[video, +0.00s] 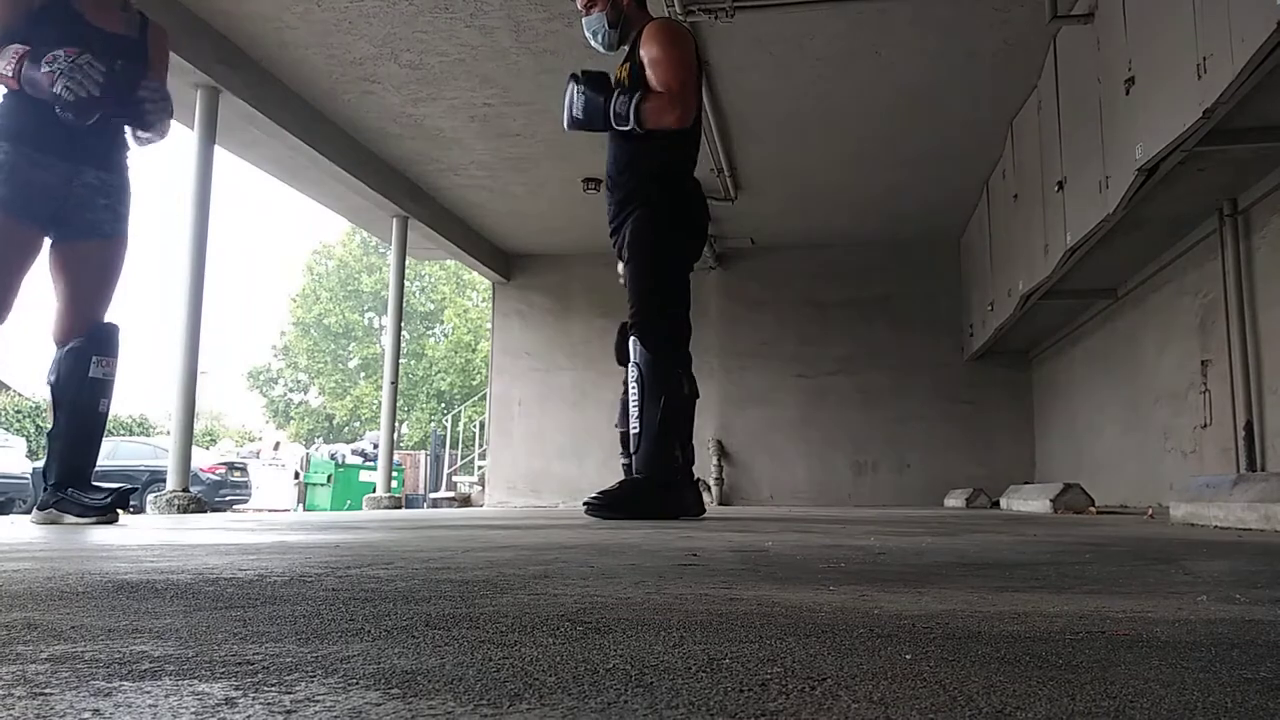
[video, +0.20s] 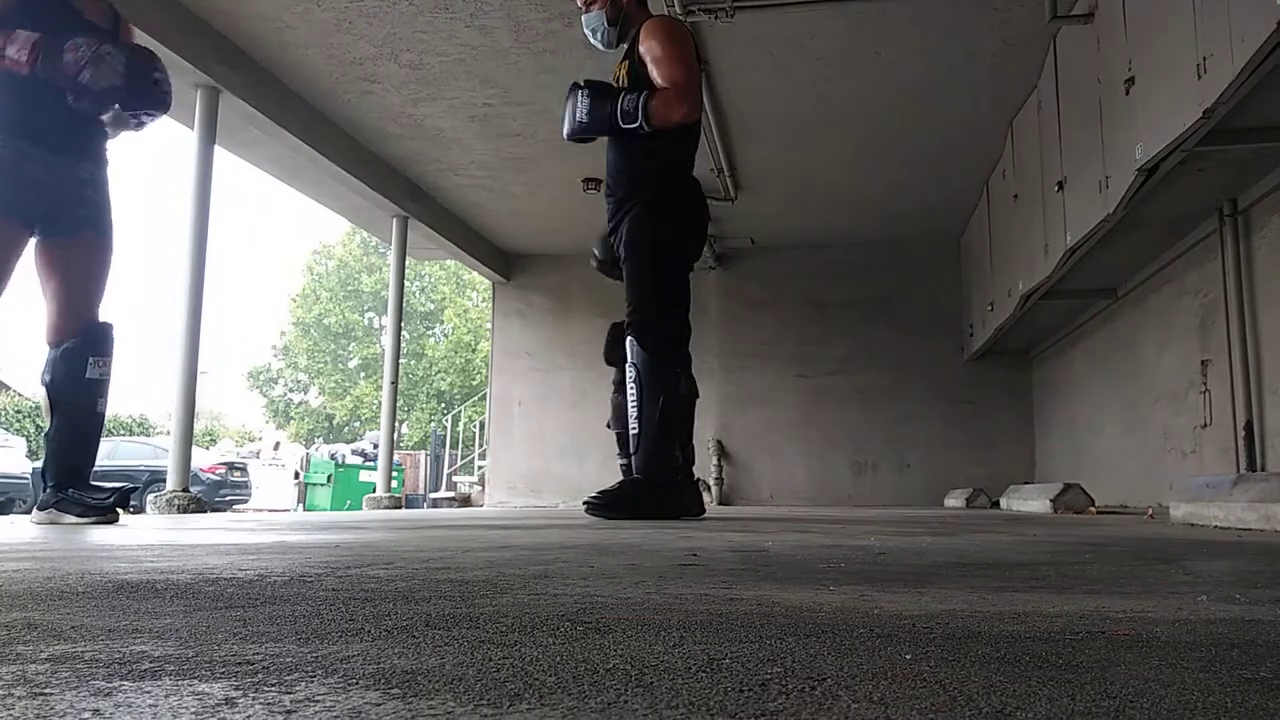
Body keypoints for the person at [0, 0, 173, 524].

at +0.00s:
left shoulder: (151, 31)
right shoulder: (29, 5)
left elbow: (147, 132)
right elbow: (1, 52)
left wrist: (157, 115)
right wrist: (26, 71)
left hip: (101, 176)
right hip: (20, 158)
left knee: (84, 337)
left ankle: (63, 484)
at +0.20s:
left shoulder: (114, 15)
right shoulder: (22, 10)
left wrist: (132, 101)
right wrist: (8, 43)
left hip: (82, 158)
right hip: (13, 145)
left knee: (78, 323)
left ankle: (64, 483)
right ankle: (62, 482)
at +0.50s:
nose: (71, 13)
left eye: (73, 14)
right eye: (70, 11)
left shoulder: (38, 25)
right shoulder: (25, 13)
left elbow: (20, 99)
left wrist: (84, 98)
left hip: (25, 150)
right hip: (18, 151)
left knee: (89, 317)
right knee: (89, 316)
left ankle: (68, 470)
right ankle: (70, 469)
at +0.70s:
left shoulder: (28, 25)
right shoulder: (21, 17)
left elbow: (28, 79)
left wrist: (102, 51)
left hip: (18, 153)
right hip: (15, 152)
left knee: (68, 313)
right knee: (73, 310)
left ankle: (94, 476)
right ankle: (98, 476)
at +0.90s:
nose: (88, 0)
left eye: (90, 2)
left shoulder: (82, 15)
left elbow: (99, 89)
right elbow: (101, 87)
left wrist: (145, 68)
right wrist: (144, 64)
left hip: (54, 144)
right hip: (29, 139)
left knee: (74, 318)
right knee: (72, 318)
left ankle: (107, 482)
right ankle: (107, 482)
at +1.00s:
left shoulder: (105, 11)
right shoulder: (99, 9)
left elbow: (149, 79)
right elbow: (150, 79)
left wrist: (191, 32)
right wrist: (194, 30)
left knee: (87, 317)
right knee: (85, 317)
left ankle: (105, 483)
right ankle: (106, 483)